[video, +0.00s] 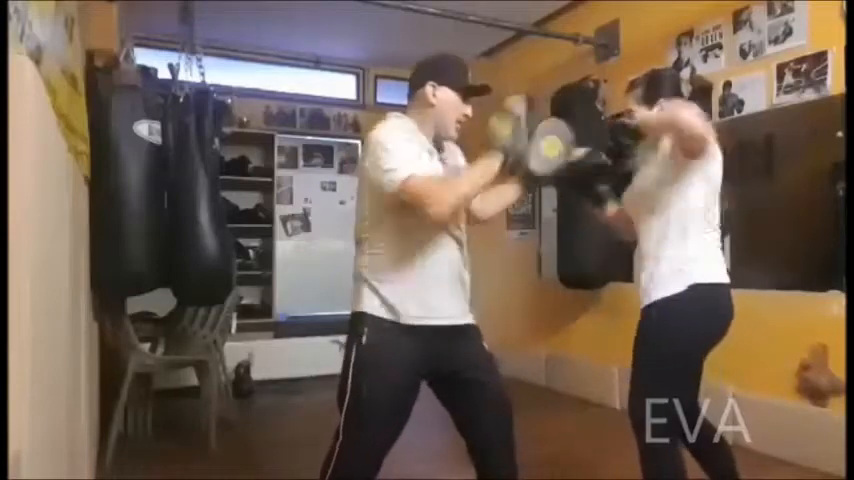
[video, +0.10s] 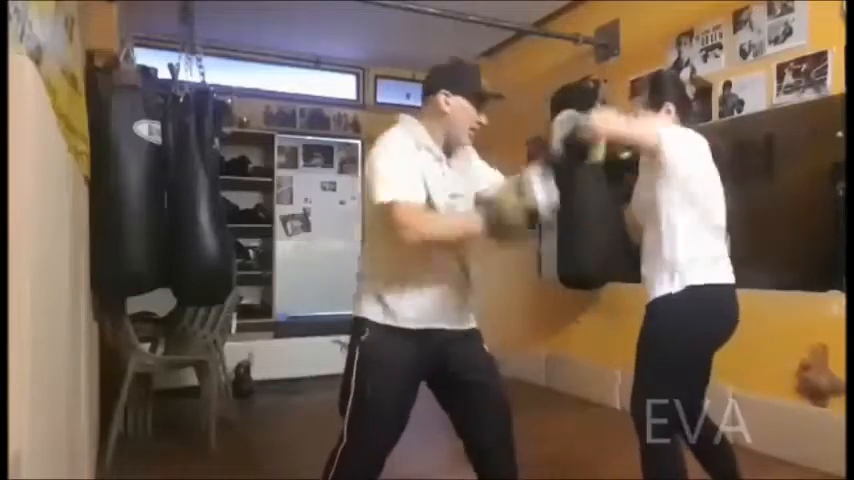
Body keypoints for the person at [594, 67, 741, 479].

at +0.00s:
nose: (629, 118)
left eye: (634, 109)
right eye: (628, 111)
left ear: (657, 107)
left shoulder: (694, 150)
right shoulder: (649, 167)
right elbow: (634, 230)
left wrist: (640, 120)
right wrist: (597, 198)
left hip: (692, 295)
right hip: (665, 299)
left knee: (648, 413)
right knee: (682, 410)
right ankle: (727, 472)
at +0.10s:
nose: (635, 120)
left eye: (641, 112)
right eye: (636, 113)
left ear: (667, 112)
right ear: (675, 113)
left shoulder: (674, 141)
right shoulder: (692, 154)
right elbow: (635, 224)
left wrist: (582, 123)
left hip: (682, 300)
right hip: (710, 297)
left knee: (650, 413)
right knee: (688, 412)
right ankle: (729, 472)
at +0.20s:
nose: (634, 130)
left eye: (640, 120)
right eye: (632, 122)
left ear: (670, 113)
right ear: (672, 114)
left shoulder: (670, 148)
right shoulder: (701, 150)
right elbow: (656, 236)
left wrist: (589, 153)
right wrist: (631, 193)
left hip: (680, 296)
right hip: (715, 294)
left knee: (651, 409)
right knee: (690, 410)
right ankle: (730, 474)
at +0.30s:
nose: (627, 136)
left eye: (633, 126)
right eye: (625, 127)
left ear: (663, 121)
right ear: (662, 121)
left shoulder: (677, 165)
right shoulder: (691, 159)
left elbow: (666, 252)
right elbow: (672, 246)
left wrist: (627, 218)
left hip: (687, 295)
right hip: (718, 294)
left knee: (645, 400)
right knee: (685, 408)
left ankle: (656, 473)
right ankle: (727, 472)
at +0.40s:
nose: (619, 140)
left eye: (625, 130)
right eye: (619, 131)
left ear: (655, 130)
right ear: (657, 130)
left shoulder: (666, 178)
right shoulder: (693, 166)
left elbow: (663, 263)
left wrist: (613, 260)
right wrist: (629, 248)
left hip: (694, 304)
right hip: (727, 300)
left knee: (647, 407)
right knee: (684, 415)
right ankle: (727, 473)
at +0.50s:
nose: (623, 131)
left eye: (630, 120)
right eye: (623, 121)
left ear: (659, 118)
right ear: (659, 119)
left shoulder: (666, 171)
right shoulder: (692, 157)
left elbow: (637, 250)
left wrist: (601, 212)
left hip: (690, 300)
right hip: (718, 294)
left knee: (650, 404)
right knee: (686, 411)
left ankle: (662, 474)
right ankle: (728, 474)